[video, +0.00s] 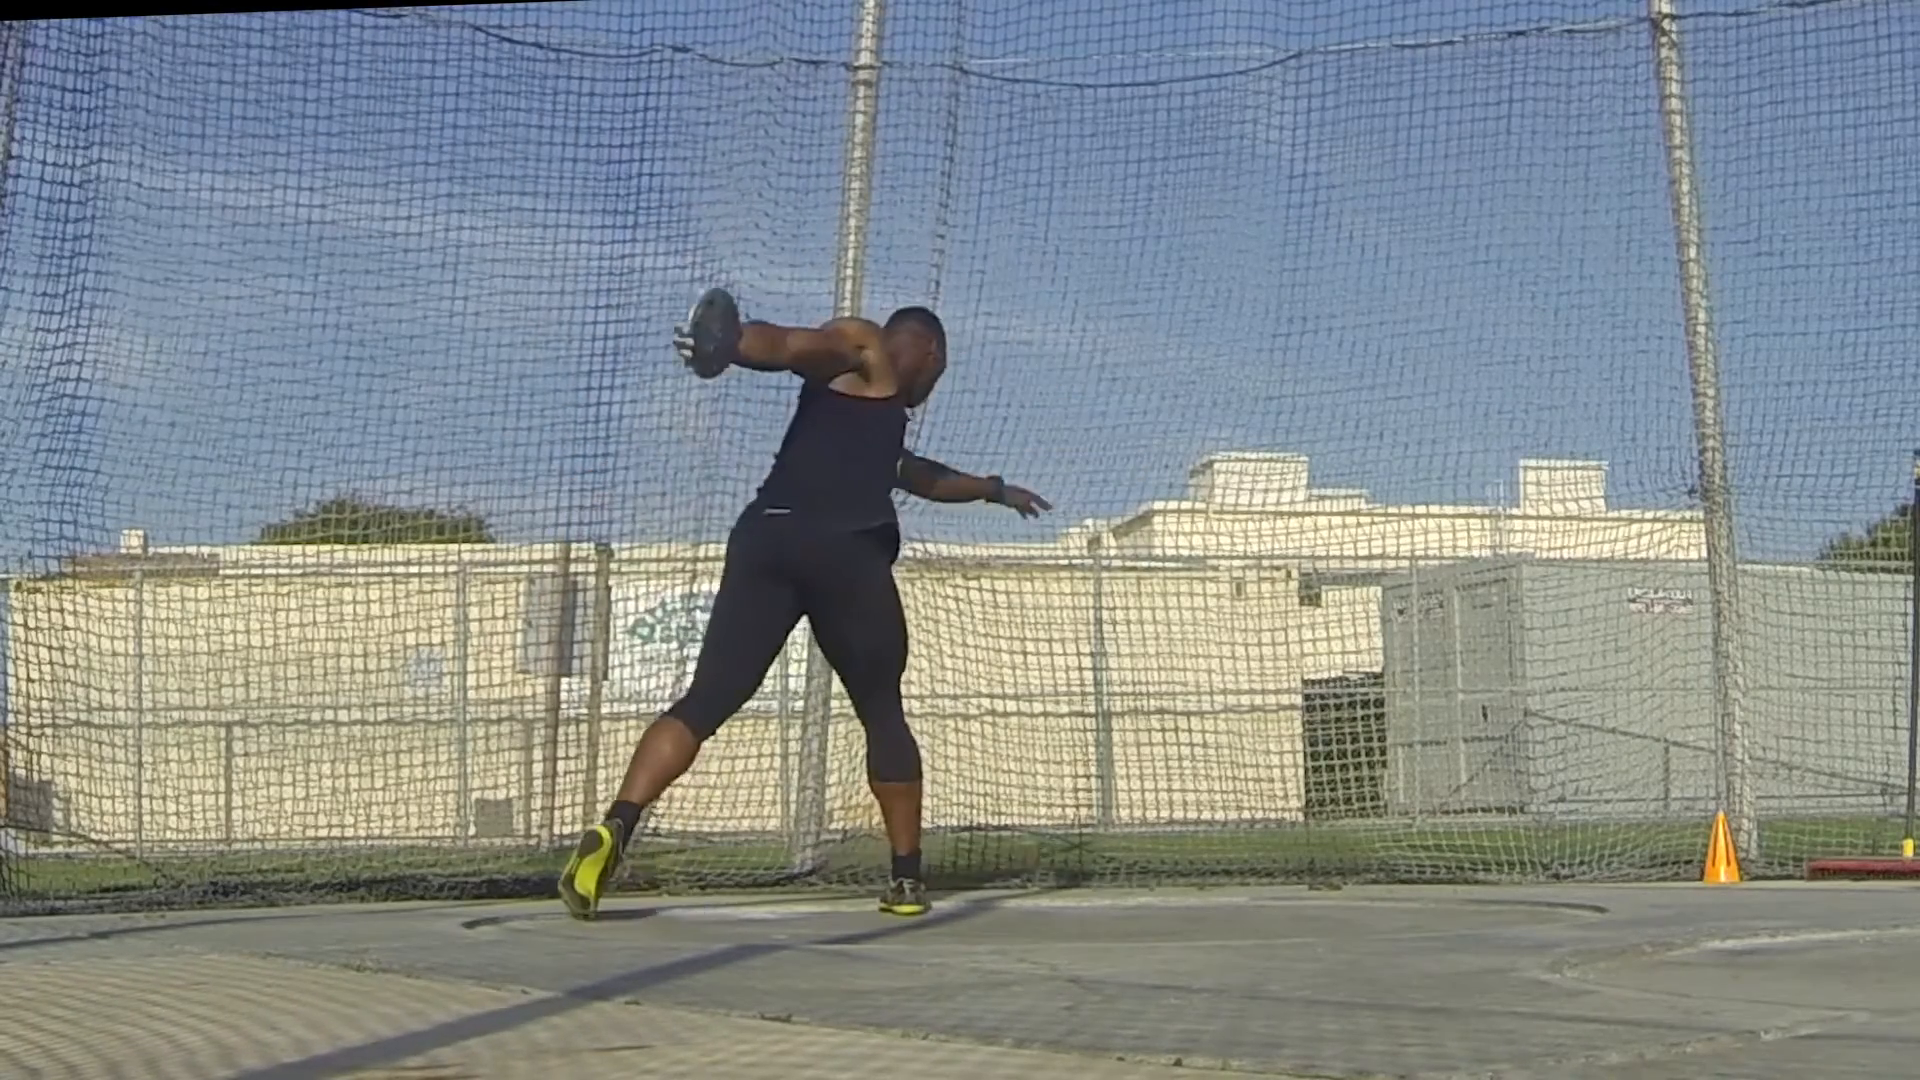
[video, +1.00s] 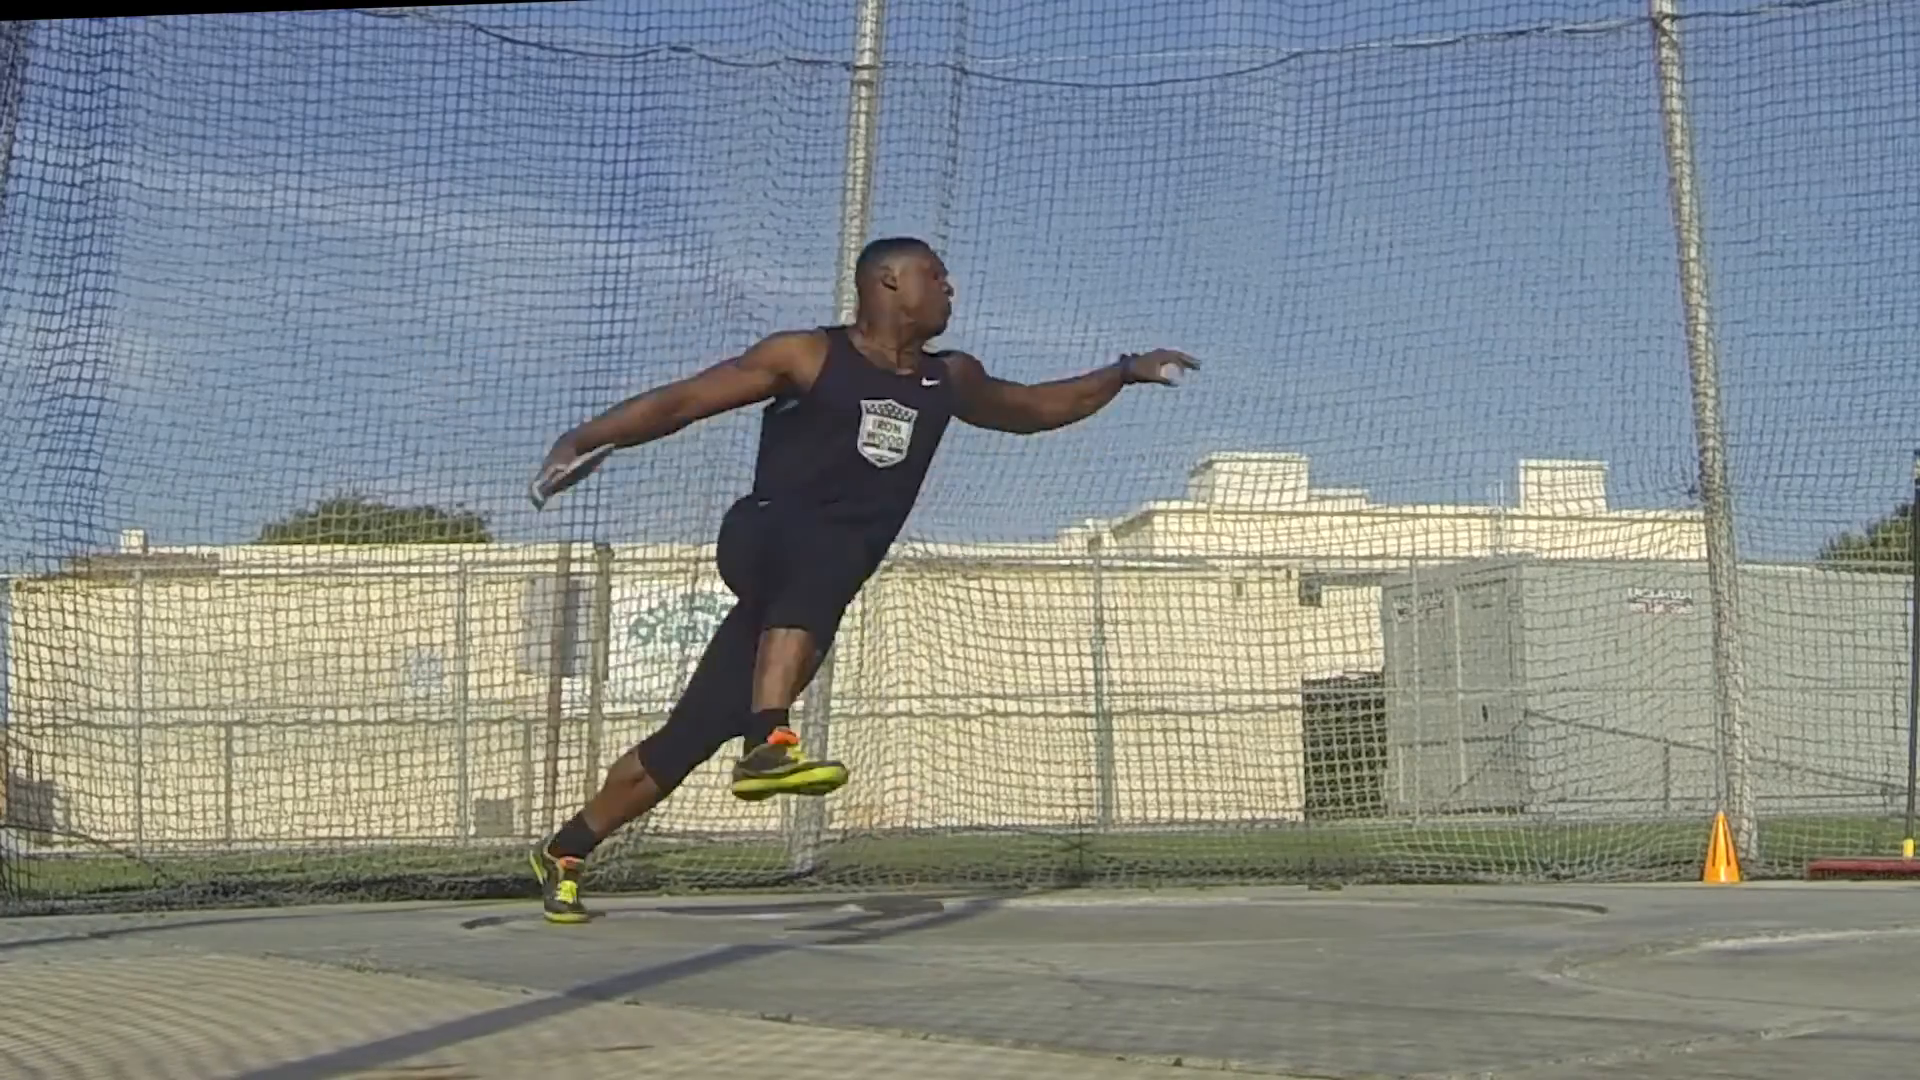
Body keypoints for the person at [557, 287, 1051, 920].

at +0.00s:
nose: (938, 375)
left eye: (941, 365)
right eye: (938, 361)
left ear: (899, 345)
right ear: (918, 345)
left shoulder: (867, 419)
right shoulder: (870, 342)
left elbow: (925, 478)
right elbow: (795, 345)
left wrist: (996, 489)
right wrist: (731, 343)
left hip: (766, 535)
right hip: (847, 551)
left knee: (708, 698)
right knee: (883, 711)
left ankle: (615, 827)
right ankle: (908, 876)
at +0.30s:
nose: (918, 384)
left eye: (919, 374)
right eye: (916, 370)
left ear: (872, 357)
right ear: (895, 357)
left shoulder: (842, 430)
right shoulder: (865, 356)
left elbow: (905, 498)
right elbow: (801, 375)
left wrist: (996, 506)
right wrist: (745, 387)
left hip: (748, 552)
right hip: (831, 562)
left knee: (683, 716)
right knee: (875, 716)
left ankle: (609, 853)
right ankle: (901, 877)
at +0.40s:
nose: (874, 398)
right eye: (879, 386)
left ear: (816, 360)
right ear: (876, 373)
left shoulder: (770, 419)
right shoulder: (870, 389)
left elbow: (835, 519)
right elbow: (835, 386)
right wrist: (826, 407)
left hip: (745, 572)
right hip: (836, 581)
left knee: (667, 718)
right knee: (873, 716)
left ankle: (623, 869)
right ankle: (898, 878)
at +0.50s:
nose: (763, 369)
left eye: (770, 361)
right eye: (761, 362)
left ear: (750, 379)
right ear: (812, 371)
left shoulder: (721, 432)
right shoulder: (844, 386)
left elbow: (670, 521)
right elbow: (896, 422)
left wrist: (691, 572)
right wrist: (948, 447)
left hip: (751, 584)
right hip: (847, 588)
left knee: (637, 704)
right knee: (878, 719)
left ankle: (626, 875)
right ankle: (898, 877)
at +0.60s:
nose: (669, 362)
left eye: (676, 349)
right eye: (671, 350)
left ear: (714, 343)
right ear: (743, 344)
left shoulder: (683, 405)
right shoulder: (820, 393)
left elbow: (557, 441)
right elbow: (921, 440)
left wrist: (485, 466)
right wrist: (1006, 480)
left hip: (774, 602)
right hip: (848, 603)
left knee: (624, 684)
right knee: (847, 707)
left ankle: (601, 872)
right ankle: (908, 855)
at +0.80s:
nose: (704, 362)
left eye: (717, 347)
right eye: (691, 354)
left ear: (747, 348)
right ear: (683, 365)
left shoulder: (786, 411)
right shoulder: (727, 420)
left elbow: (754, 438)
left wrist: (683, 434)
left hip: (785, 633)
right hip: (714, 590)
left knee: (680, 772)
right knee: (592, 638)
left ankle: (567, 864)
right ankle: (503, 720)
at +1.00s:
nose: (949, 289)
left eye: (947, 278)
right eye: (935, 277)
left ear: (912, 292)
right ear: (882, 287)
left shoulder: (950, 376)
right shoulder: (806, 356)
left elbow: (1039, 408)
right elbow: (684, 402)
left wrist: (1125, 372)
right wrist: (589, 439)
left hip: (831, 572)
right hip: (762, 534)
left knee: (697, 732)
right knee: (831, 551)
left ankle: (564, 849)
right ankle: (768, 741)